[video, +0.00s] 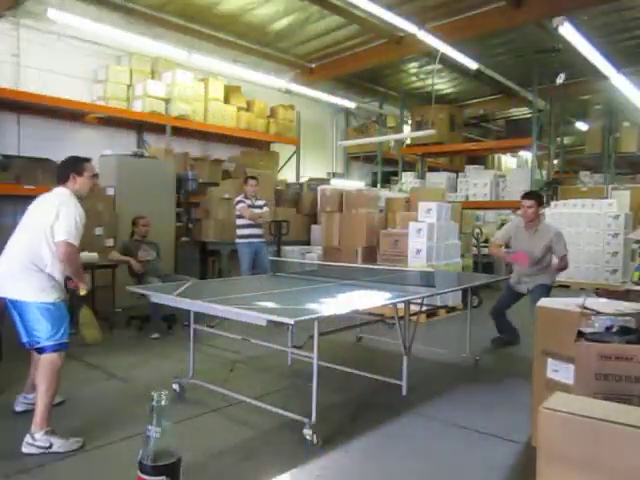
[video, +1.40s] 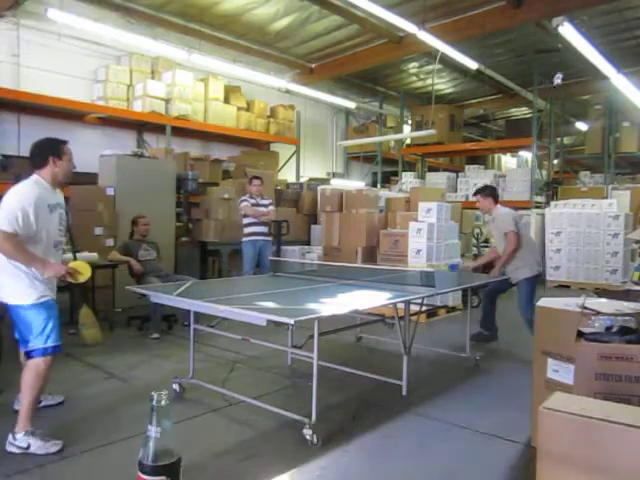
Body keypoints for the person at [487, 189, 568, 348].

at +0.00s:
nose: (525, 212)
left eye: (529, 207)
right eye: (523, 207)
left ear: (539, 209)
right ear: (520, 209)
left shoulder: (552, 233)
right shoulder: (514, 226)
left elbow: (564, 261)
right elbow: (493, 247)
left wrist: (553, 270)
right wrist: (509, 257)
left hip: (541, 278)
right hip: (519, 278)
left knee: (539, 312)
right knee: (497, 311)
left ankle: (543, 347)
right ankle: (510, 336)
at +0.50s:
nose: (514, 198)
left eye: (518, 194)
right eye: (512, 194)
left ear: (528, 197)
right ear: (511, 197)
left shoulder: (543, 220)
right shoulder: (509, 219)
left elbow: (559, 249)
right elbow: (500, 240)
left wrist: (534, 263)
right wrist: (504, 255)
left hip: (542, 270)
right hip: (521, 268)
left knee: (540, 307)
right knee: (501, 296)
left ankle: (545, 346)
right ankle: (489, 331)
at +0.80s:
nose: (495, 195)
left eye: (499, 191)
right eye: (493, 190)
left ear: (510, 194)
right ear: (492, 193)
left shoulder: (524, 213)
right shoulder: (491, 214)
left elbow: (539, 241)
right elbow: (483, 235)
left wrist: (518, 250)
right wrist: (491, 248)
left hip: (530, 265)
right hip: (507, 265)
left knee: (536, 305)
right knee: (490, 294)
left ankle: (544, 342)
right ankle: (488, 331)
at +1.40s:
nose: (478, 205)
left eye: (479, 200)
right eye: (477, 201)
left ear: (489, 199)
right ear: (489, 200)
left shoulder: (504, 214)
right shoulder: (493, 220)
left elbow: (513, 243)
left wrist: (497, 267)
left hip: (528, 268)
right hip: (513, 269)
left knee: (526, 309)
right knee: (489, 292)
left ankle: (545, 343)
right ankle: (487, 330)